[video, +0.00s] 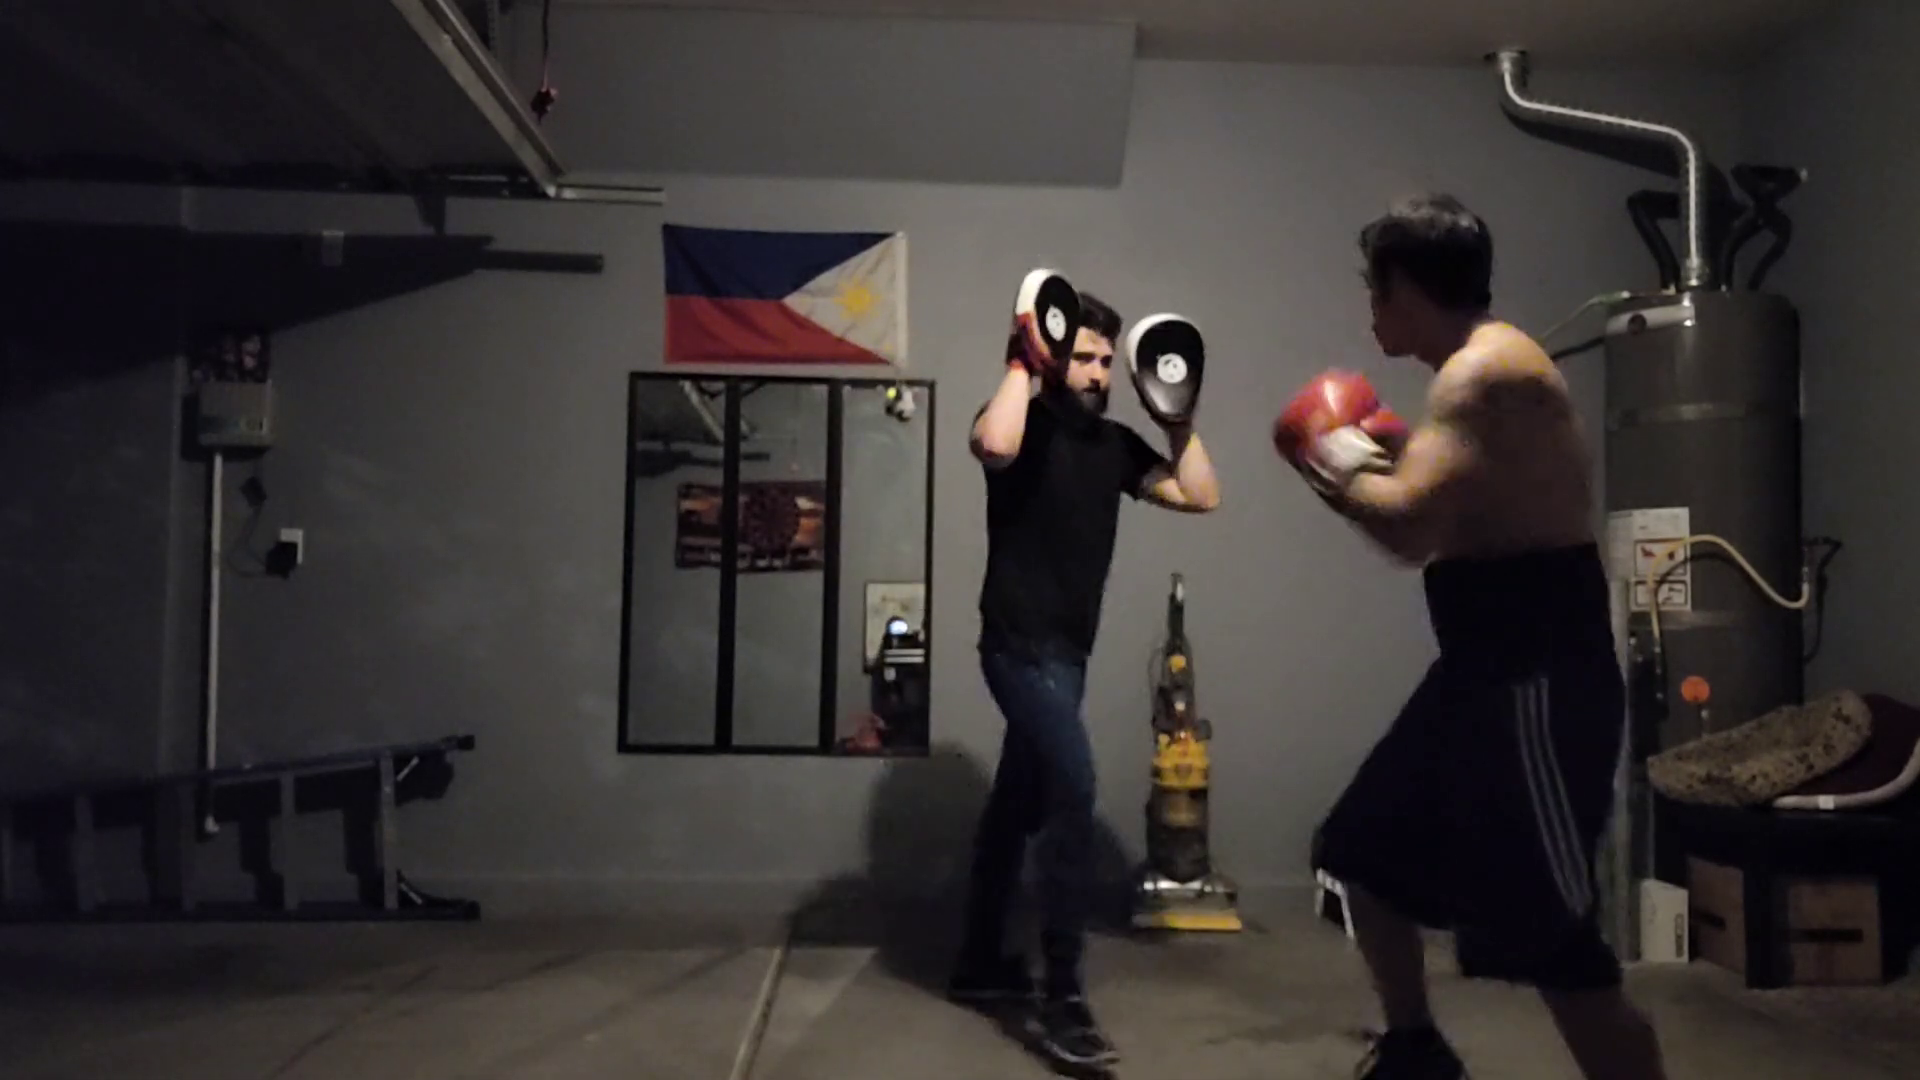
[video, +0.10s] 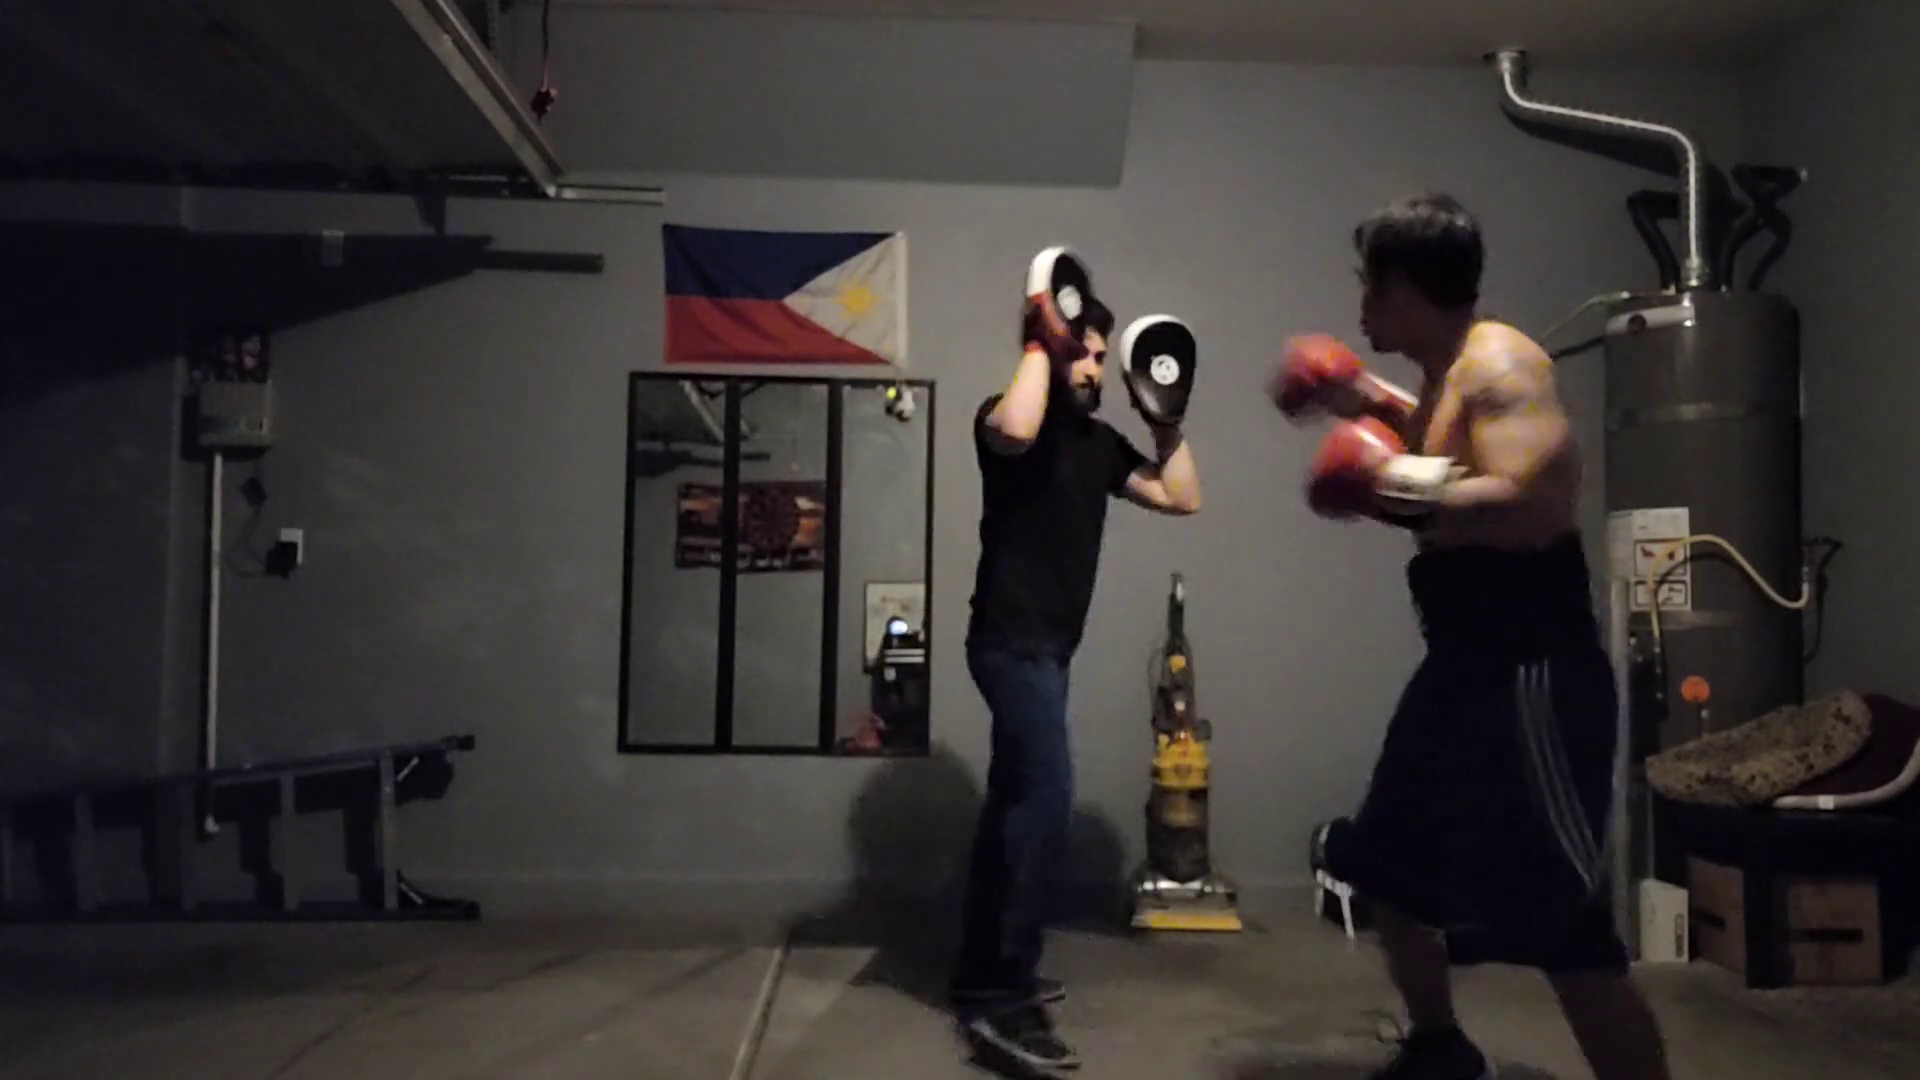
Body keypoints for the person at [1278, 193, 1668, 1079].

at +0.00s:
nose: (1373, 318)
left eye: (1379, 296)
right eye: (1372, 296)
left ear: (1422, 292)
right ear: (1449, 286)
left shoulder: (1483, 369)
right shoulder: (1499, 360)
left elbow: (1407, 523)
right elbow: (1468, 494)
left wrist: (1324, 465)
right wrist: (1382, 449)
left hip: (1538, 673)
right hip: (1482, 668)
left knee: (1556, 930)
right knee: (1367, 851)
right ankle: (1413, 1045)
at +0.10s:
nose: (1363, 308)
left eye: (1374, 289)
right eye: (1366, 288)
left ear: (1416, 291)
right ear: (1433, 288)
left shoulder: (1501, 362)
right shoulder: (1450, 371)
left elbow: (1523, 500)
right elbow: (1440, 453)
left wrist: (1391, 489)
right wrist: (1359, 398)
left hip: (1535, 667)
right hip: (1464, 663)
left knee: (1566, 916)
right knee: (1390, 863)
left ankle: (1640, 1072)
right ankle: (1437, 1046)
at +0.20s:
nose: (1357, 314)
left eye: (1369, 298)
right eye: (1361, 298)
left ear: (1414, 307)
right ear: (1405, 307)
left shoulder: (1499, 370)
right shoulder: (1405, 383)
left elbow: (1572, 487)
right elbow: (1317, 383)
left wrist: (1425, 483)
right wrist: (1225, 320)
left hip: (1523, 665)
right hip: (1451, 666)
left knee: (1539, 915)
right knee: (1408, 875)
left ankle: (1617, 1071)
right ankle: (1451, 1054)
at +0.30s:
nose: (1353, 318)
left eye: (1361, 301)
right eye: (1355, 301)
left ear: (1397, 306)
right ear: (1416, 308)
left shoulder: (1473, 372)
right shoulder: (1415, 393)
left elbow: (1511, 488)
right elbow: (1347, 438)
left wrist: (1383, 464)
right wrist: (1272, 362)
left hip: (1505, 648)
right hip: (1453, 652)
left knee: (1511, 879)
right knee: (1415, 864)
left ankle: (1608, 1070)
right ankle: (1451, 1054)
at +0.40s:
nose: (1357, 323)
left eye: (1365, 307)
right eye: (1359, 307)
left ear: (1400, 305)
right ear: (1431, 307)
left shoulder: (1431, 357)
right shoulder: (1477, 377)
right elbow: (1391, 501)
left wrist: (1264, 409)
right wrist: (1297, 451)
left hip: (1486, 632)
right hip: (1486, 631)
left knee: (1526, 871)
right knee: (1447, 859)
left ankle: (1651, 1064)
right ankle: (1459, 1054)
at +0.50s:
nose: (1363, 338)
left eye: (1368, 322)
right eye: (1361, 323)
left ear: (1403, 317)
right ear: (1451, 319)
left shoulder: (1399, 365)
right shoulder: (1529, 398)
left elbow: (1252, 424)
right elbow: (1541, 540)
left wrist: (1210, 368)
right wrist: (1417, 559)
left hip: (1492, 640)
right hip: (1528, 634)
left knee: (1547, 881)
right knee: (1444, 859)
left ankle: (1661, 1069)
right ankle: (1460, 1056)